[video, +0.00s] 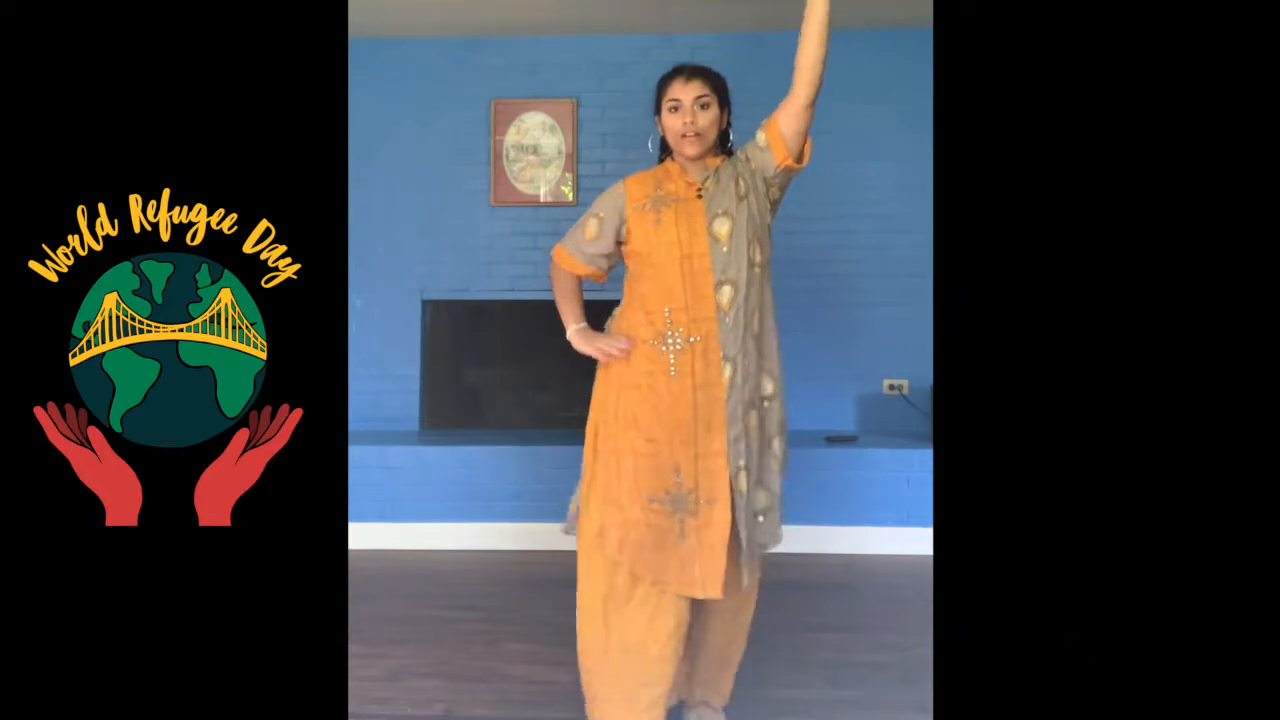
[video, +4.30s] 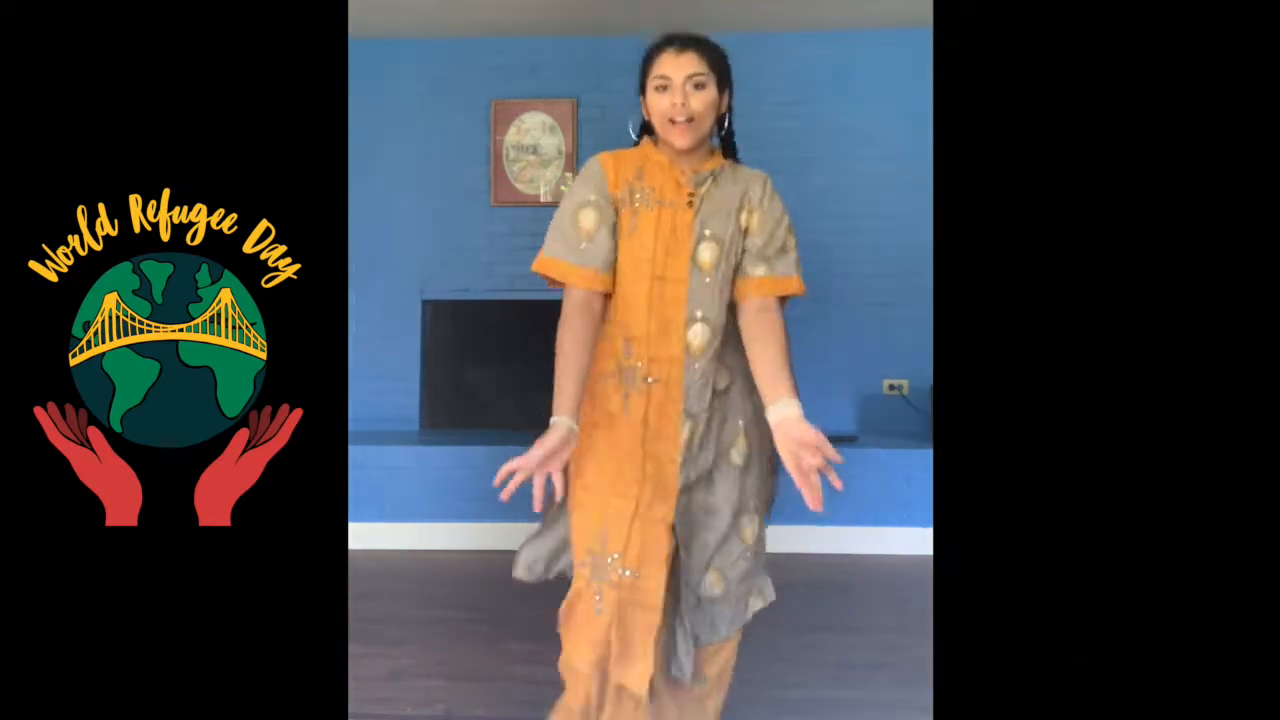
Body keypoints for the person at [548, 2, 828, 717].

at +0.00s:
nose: (689, 117)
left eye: (702, 105)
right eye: (675, 107)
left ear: (723, 117)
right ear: (660, 121)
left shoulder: (751, 179)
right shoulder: (634, 194)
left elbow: (803, 91)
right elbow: (566, 258)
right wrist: (579, 332)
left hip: (731, 391)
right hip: (643, 390)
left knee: (729, 551)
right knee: (634, 552)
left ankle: (704, 701)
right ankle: (630, 705)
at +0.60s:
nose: (679, 101)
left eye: (693, 90)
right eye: (666, 91)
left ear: (714, 106)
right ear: (649, 107)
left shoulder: (744, 167)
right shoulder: (618, 181)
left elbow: (847, 176)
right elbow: (555, 226)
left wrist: (784, 191)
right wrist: (538, 241)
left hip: (720, 383)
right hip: (634, 386)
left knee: (719, 536)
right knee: (630, 536)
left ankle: (704, 697)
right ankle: (627, 699)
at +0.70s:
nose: (682, 103)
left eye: (696, 92)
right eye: (669, 93)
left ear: (718, 106)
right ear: (652, 108)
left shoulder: (747, 180)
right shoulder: (617, 184)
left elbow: (823, 257)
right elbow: (554, 255)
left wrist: (769, 241)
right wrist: (575, 274)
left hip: (719, 381)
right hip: (633, 382)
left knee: (717, 526)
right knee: (633, 528)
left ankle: (703, 690)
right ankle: (628, 692)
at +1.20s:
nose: (693, 103)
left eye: (708, 93)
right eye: (681, 93)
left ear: (731, 107)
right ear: (664, 109)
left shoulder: (757, 169)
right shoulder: (635, 181)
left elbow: (759, 272)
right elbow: (619, 264)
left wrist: (745, 345)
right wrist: (607, 315)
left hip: (717, 383)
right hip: (636, 380)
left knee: (716, 540)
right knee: (642, 541)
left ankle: (714, 674)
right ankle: (650, 696)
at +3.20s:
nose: (687, 109)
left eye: (702, 96)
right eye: (673, 98)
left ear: (726, 102)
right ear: (657, 107)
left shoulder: (767, 175)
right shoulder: (630, 178)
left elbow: (792, 291)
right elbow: (586, 290)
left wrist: (793, 395)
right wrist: (572, 392)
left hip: (724, 405)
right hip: (631, 405)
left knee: (721, 576)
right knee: (635, 579)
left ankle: (715, 709)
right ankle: (644, 713)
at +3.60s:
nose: (691, 132)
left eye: (707, 120)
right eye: (676, 120)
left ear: (727, 132)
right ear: (658, 132)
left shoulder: (756, 216)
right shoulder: (614, 205)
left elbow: (838, 294)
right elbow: (549, 285)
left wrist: (776, 297)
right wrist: (598, 305)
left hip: (728, 446)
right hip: (634, 443)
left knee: (714, 619)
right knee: (638, 615)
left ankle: (692, 711)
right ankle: (635, 711)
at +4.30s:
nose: (680, 100)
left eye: (696, 84)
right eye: (663, 86)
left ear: (723, 99)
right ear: (645, 102)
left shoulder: (751, 194)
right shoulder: (607, 178)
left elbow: (760, 313)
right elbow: (581, 307)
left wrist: (786, 416)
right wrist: (563, 421)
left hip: (719, 433)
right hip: (618, 428)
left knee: (707, 621)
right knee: (609, 609)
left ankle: (687, 711)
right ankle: (594, 709)